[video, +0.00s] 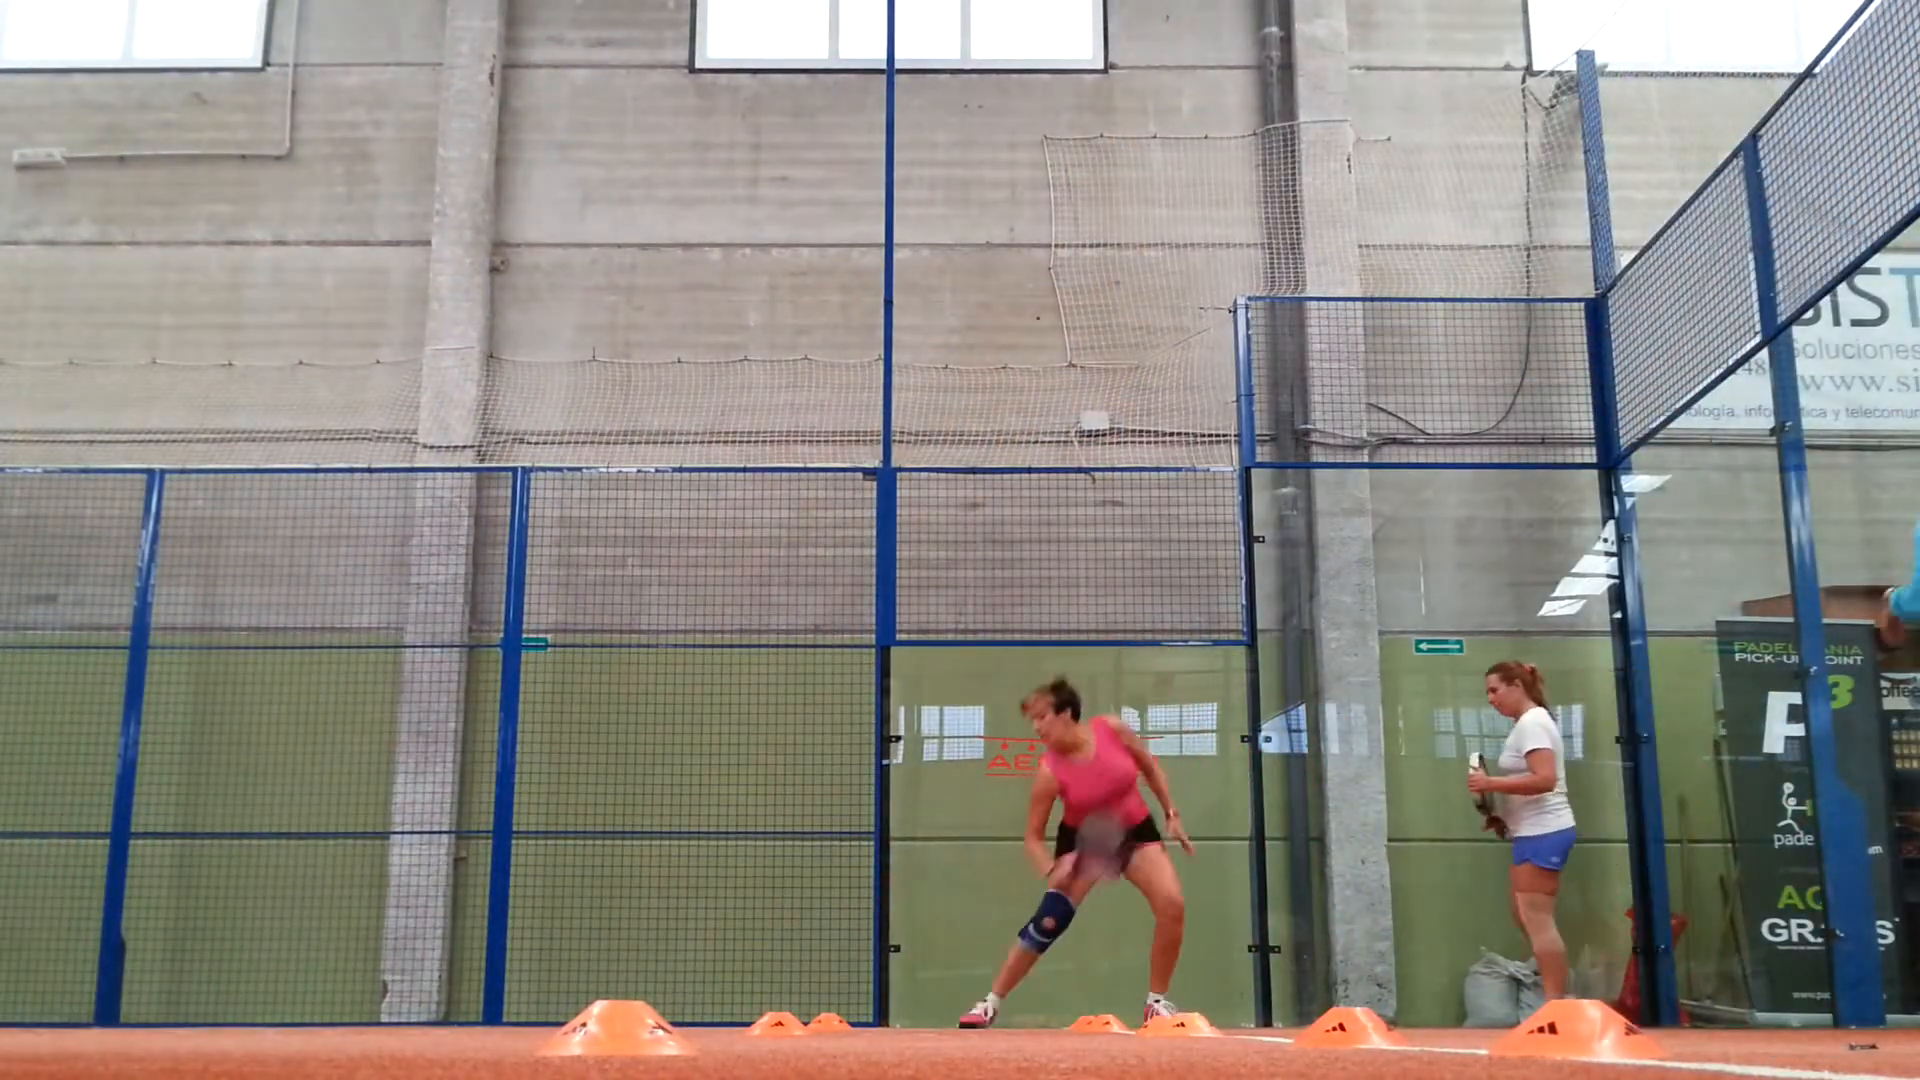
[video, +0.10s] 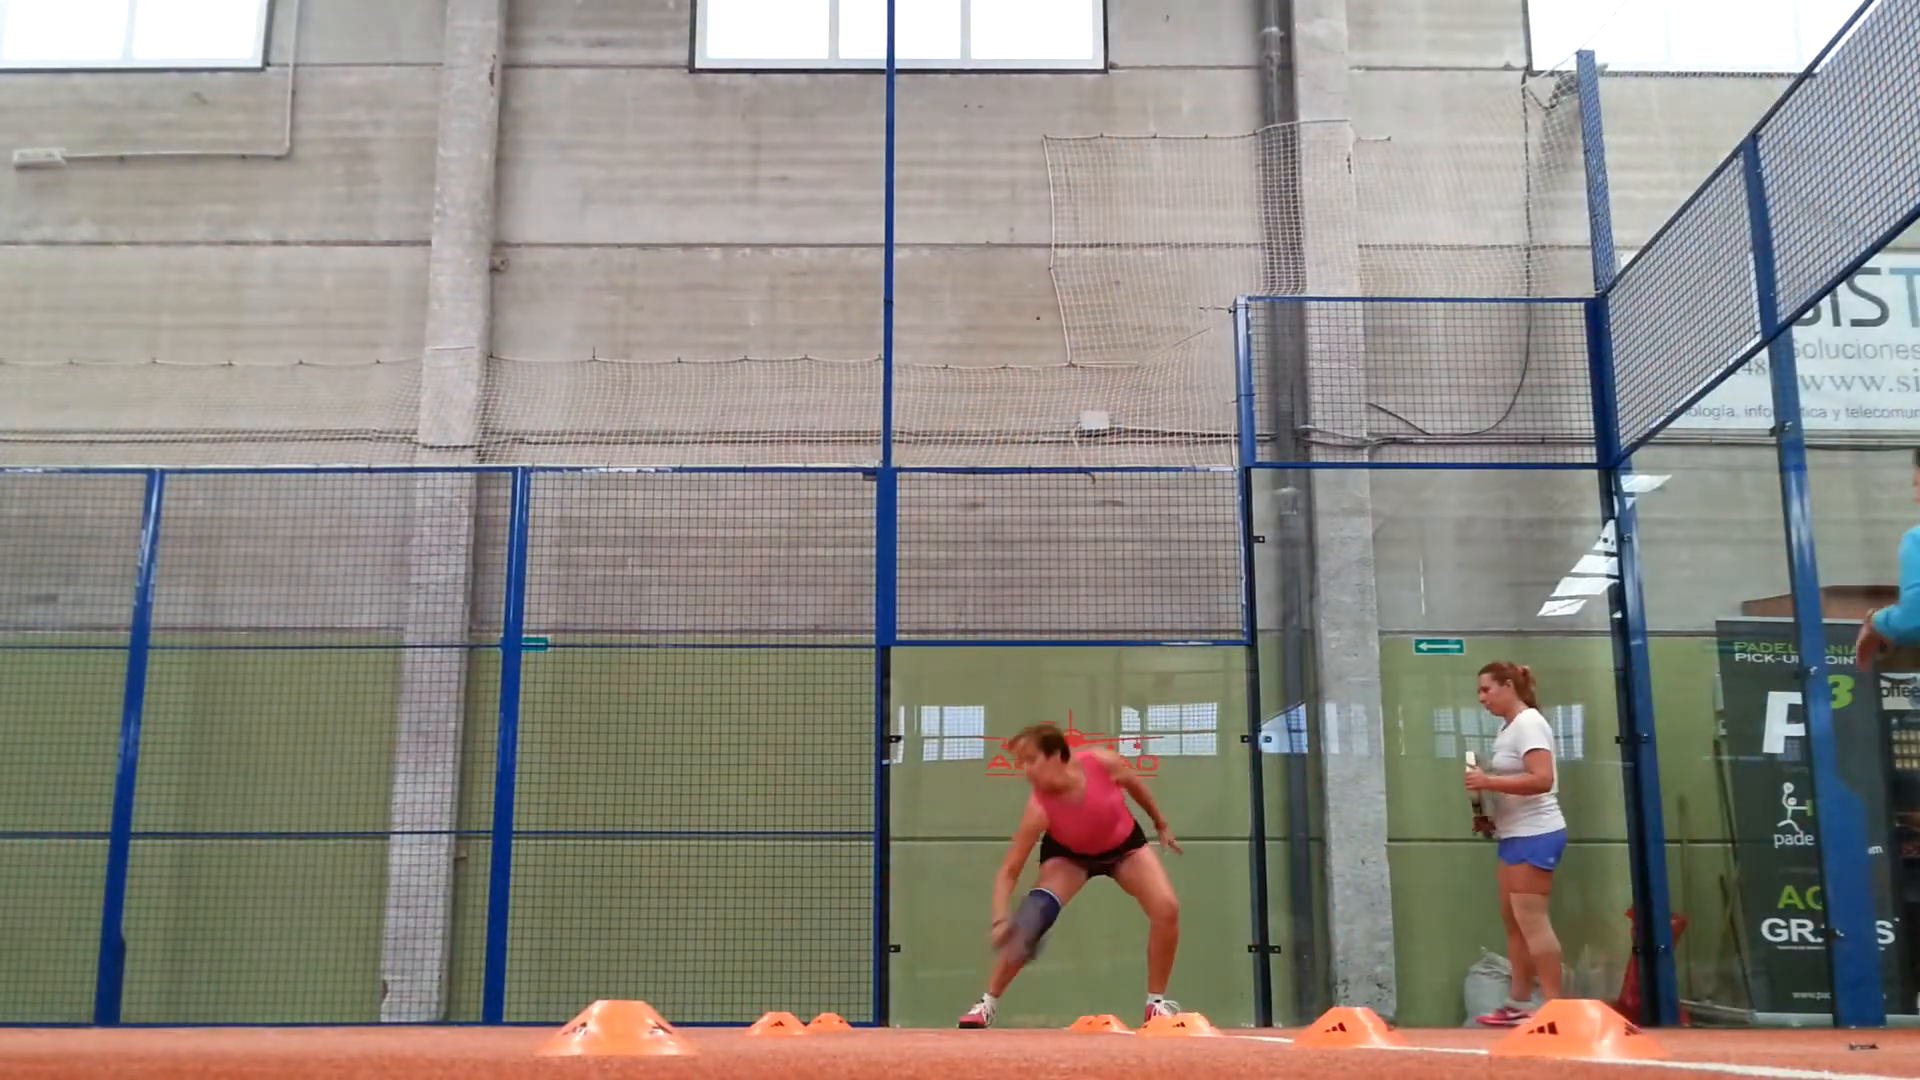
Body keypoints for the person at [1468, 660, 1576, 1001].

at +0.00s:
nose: (1490, 700)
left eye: (1494, 691)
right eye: (1488, 693)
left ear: (1517, 687)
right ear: (1514, 690)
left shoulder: (1535, 722)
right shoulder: (1527, 723)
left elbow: (1545, 779)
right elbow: (1538, 787)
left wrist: (1491, 783)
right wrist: (1505, 819)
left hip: (1544, 830)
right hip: (1533, 831)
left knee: (1537, 916)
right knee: (1525, 914)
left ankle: (1556, 1004)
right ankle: (1557, 998)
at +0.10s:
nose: (1482, 699)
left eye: (1486, 690)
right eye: (1480, 693)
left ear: (1508, 686)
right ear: (1498, 692)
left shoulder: (1529, 722)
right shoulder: (1510, 728)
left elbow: (1542, 779)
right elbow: (1517, 784)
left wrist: (1489, 781)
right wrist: (1493, 816)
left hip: (1535, 833)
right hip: (1513, 834)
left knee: (1532, 920)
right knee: (1513, 920)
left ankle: (1555, 1006)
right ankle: (1519, 1002)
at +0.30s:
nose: (1461, 698)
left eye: (1466, 690)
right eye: (1459, 692)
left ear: (1490, 689)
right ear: (1472, 695)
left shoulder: (1518, 726)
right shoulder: (1475, 736)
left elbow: (1543, 780)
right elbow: (1480, 790)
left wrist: (1492, 782)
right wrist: (1466, 820)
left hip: (1520, 837)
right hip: (1482, 838)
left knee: (1521, 922)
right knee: (1468, 920)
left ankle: (1552, 1004)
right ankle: (1463, 1003)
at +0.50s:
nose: (1432, 701)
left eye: (1438, 693)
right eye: (1430, 695)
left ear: (1461, 694)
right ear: (1434, 701)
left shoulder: (1494, 733)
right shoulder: (1431, 745)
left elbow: (1527, 783)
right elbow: (1425, 796)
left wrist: (1503, 781)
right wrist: (1430, 823)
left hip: (1493, 840)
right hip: (1450, 843)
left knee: (1507, 922)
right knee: (1435, 922)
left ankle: (1551, 1004)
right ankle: (1436, 1008)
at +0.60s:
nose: (1416, 700)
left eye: (1423, 692)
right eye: (1413, 695)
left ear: (1445, 694)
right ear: (1415, 703)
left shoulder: (1480, 732)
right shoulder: (1413, 746)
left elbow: (1510, 785)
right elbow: (1400, 798)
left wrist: (1498, 781)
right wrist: (1413, 822)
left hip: (1482, 838)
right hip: (1436, 843)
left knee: (1501, 917)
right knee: (1430, 923)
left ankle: (1536, 1001)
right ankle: (1436, 1009)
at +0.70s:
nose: (1406, 698)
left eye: (1412, 691)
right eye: (1402, 694)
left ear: (1434, 694)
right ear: (1402, 704)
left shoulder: (1468, 730)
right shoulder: (1400, 746)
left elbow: (1497, 780)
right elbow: (1385, 798)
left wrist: (1486, 780)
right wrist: (1399, 824)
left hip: (1477, 836)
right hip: (1430, 842)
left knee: (1498, 916)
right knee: (1429, 924)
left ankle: (1527, 1003)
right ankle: (1435, 1008)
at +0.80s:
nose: (1401, 698)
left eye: (1407, 691)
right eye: (1397, 695)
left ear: (1428, 695)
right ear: (1397, 705)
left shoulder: (1463, 730)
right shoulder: (1394, 749)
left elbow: (1494, 778)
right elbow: (1376, 799)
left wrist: (1476, 777)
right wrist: (1391, 825)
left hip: (1474, 836)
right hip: (1427, 842)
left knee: (1496, 917)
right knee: (1431, 924)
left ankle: (1523, 1002)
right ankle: (1436, 1008)